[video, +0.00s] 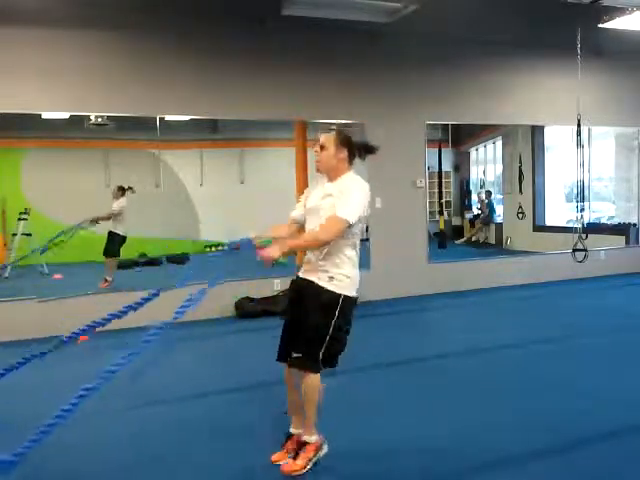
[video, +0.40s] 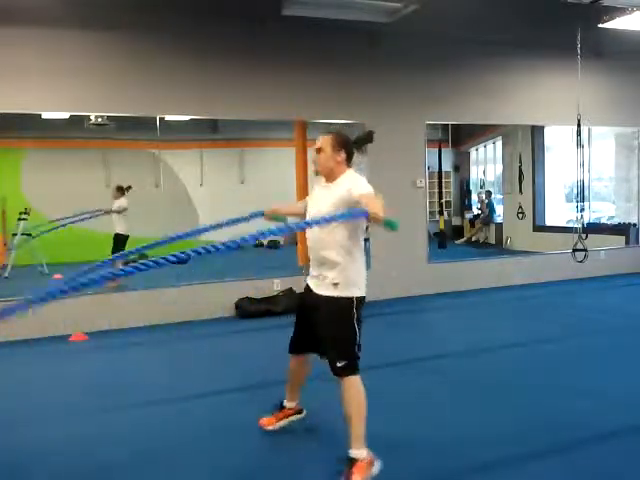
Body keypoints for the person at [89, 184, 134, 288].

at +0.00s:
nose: (113, 193)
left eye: (115, 192)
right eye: (114, 191)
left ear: (120, 193)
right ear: (121, 193)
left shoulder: (120, 203)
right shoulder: (121, 202)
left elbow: (110, 216)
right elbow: (111, 216)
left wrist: (97, 219)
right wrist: (98, 219)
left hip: (118, 232)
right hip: (116, 231)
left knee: (110, 256)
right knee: (111, 256)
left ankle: (109, 278)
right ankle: (109, 277)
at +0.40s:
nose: (113, 194)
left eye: (115, 192)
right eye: (113, 192)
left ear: (119, 193)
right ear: (120, 193)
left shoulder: (123, 201)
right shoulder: (117, 202)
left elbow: (121, 209)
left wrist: (109, 211)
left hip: (122, 231)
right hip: (119, 230)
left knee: (117, 255)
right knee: (116, 255)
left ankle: (116, 277)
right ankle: (116, 276)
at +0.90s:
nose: (118, 193)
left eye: (120, 191)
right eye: (118, 190)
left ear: (125, 192)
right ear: (123, 192)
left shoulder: (124, 204)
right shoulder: (121, 202)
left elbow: (118, 217)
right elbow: (117, 216)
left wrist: (105, 220)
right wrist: (105, 219)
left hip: (119, 232)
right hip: (115, 231)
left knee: (114, 257)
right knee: (111, 257)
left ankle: (116, 279)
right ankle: (114, 278)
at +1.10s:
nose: (117, 195)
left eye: (119, 194)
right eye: (118, 193)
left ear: (124, 195)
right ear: (123, 195)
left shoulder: (124, 205)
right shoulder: (120, 204)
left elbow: (122, 216)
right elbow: (116, 217)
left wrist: (108, 217)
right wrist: (102, 219)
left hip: (121, 236)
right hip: (117, 235)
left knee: (116, 260)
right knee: (114, 259)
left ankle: (116, 279)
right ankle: (115, 279)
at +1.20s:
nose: (118, 189)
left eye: (120, 187)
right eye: (119, 187)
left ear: (124, 189)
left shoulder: (125, 197)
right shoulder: (118, 199)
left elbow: (124, 204)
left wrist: (104, 204)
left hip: (121, 231)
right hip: (115, 230)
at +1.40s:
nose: (108, 197)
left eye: (110, 195)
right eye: (109, 195)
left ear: (114, 195)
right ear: (114, 195)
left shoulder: (119, 205)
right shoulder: (113, 205)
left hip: (121, 234)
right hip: (116, 234)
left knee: (120, 259)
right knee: (116, 259)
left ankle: (122, 280)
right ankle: (118, 278)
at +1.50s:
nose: (108, 201)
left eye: (109, 199)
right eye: (108, 199)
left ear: (113, 200)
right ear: (112, 200)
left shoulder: (116, 210)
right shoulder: (111, 210)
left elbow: (109, 219)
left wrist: (106, 212)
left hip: (119, 237)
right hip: (115, 236)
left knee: (116, 260)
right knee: (110, 260)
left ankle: (122, 280)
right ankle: (116, 279)